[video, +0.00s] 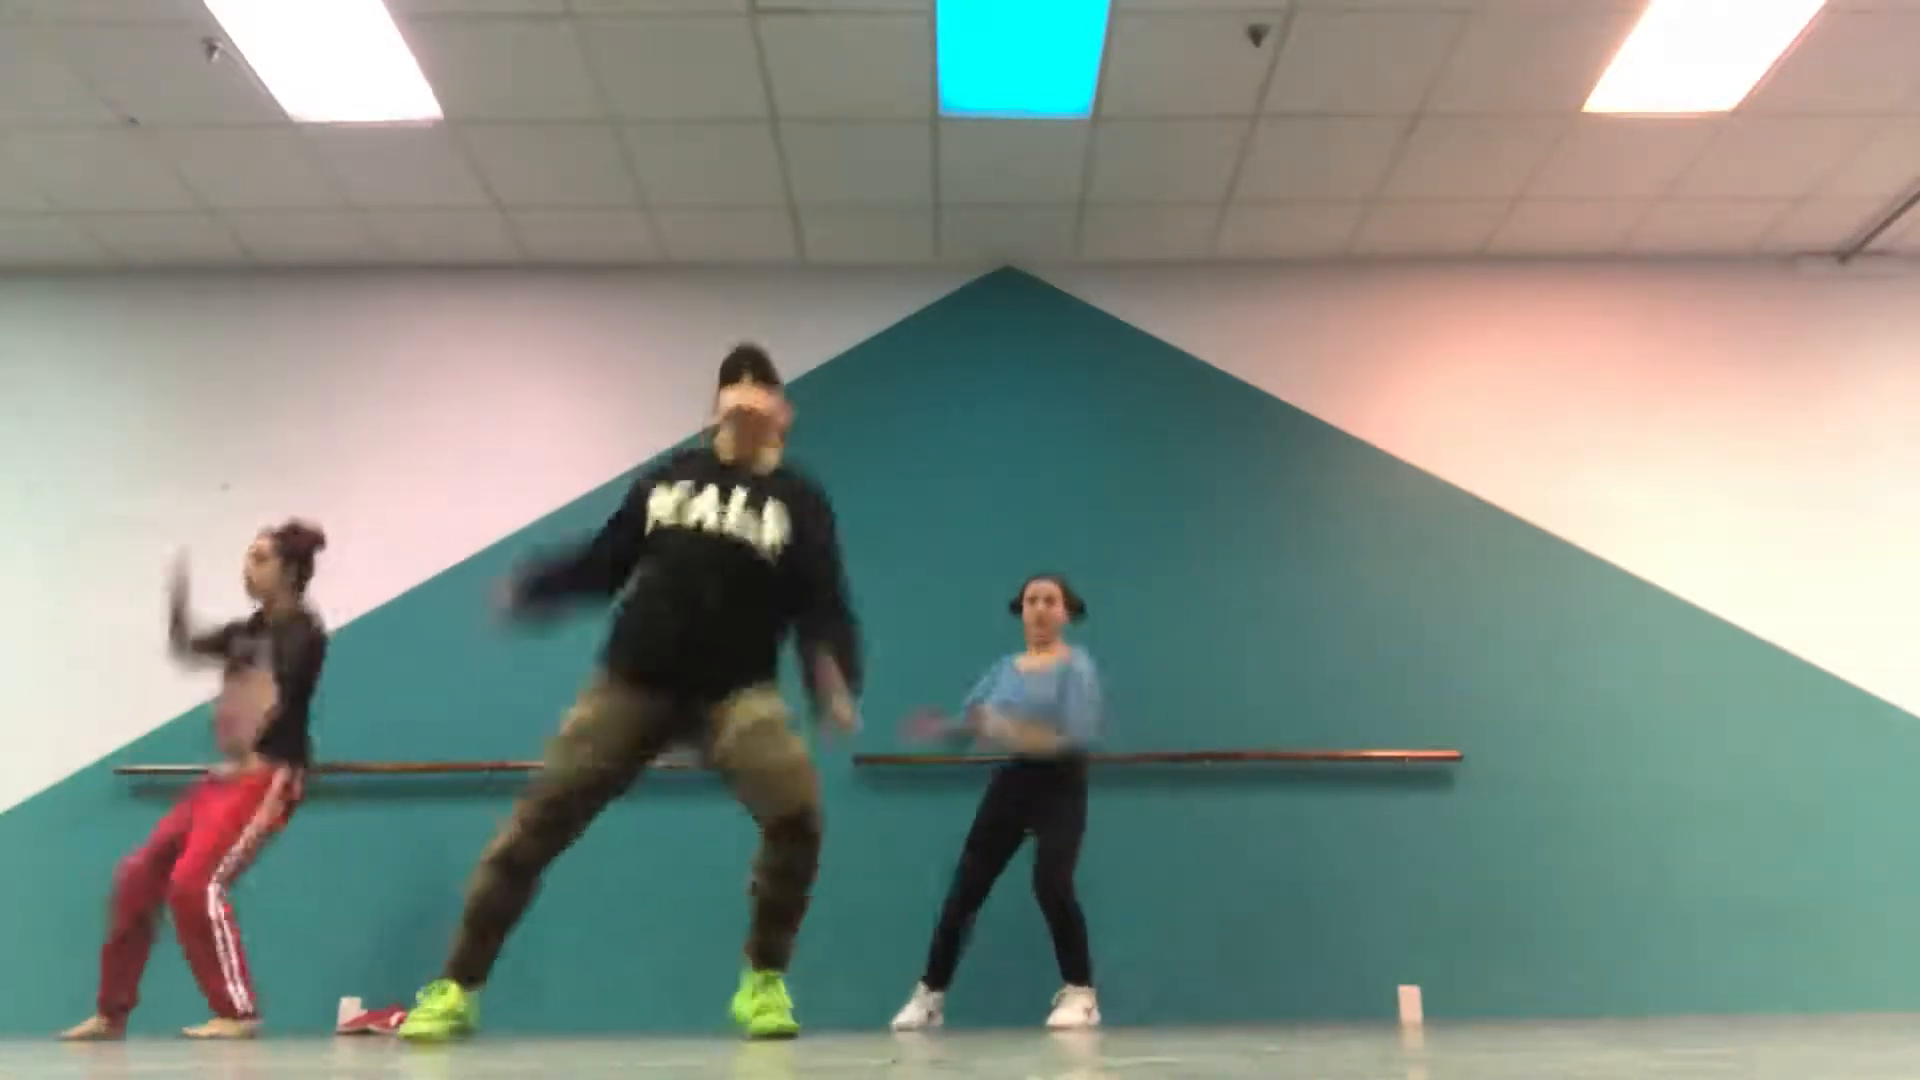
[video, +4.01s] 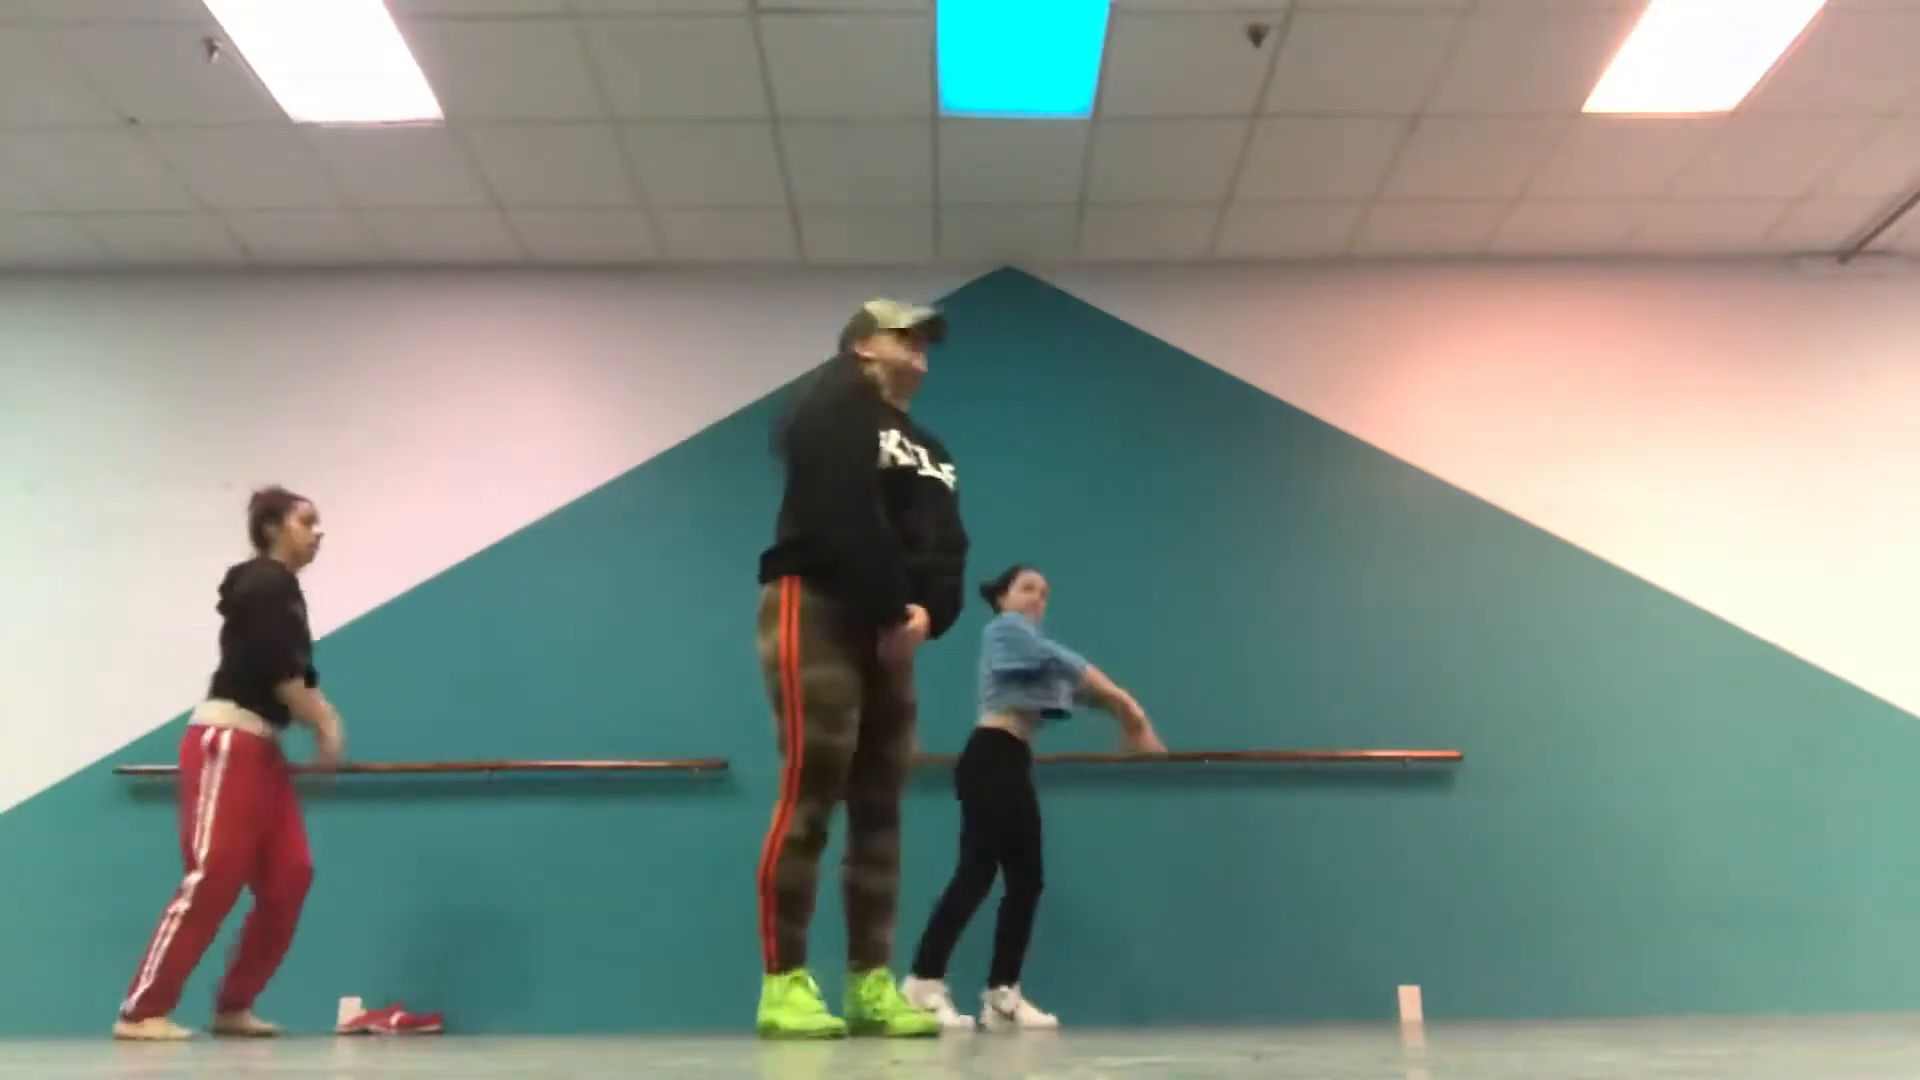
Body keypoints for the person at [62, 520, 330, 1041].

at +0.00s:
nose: (247, 568)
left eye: (259, 559)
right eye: (249, 558)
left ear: (289, 569)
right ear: (266, 569)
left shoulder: (302, 630)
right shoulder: (246, 630)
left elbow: (293, 696)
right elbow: (185, 647)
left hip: (271, 779)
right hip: (227, 776)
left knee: (196, 881)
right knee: (139, 873)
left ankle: (237, 1015)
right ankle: (111, 1016)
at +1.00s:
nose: (306, 537)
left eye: (315, 528)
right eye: (309, 528)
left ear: (330, 533)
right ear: (355, 533)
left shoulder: (339, 575)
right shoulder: (350, 579)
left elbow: (281, 507)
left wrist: (233, 428)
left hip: (314, 742)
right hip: (334, 742)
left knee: (251, 878)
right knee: (298, 866)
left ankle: (264, 1011)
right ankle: (394, 929)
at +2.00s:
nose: (370, 567)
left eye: (381, 560)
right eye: (373, 558)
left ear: (413, 568)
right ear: (414, 570)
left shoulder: (380, 602)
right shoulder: (431, 619)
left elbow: (318, 641)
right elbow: (413, 717)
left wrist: (283, 701)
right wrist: (346, 746)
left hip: (389, 770)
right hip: (426, 772)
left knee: (263, 839)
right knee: (373, 899)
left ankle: (283, 959)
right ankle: (420, 1009)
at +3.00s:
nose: (316, 535)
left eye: (325, 526)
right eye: (318, 525)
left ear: (357, 531)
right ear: (365, 534)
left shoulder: (336, 574)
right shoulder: (392, 584)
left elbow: (275, 615)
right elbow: (406, 664)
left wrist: (226, 669)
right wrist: (401, 733)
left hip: (337, 727)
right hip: (362, 730)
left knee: (350, 859)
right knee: (241, 829)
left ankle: (411, 997)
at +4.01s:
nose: (318, 533)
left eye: (316, 524)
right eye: (307, 522)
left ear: (280, 532)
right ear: (274, 529)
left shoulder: (283, 588)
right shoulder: (263, 581)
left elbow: (298, 675)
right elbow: (281, 676)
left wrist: (323, 713)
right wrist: (325, 719)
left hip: (259, 751)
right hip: (224, 744)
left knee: (289, 876)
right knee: (214, 873)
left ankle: (233, 1009)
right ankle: (141, 1013)